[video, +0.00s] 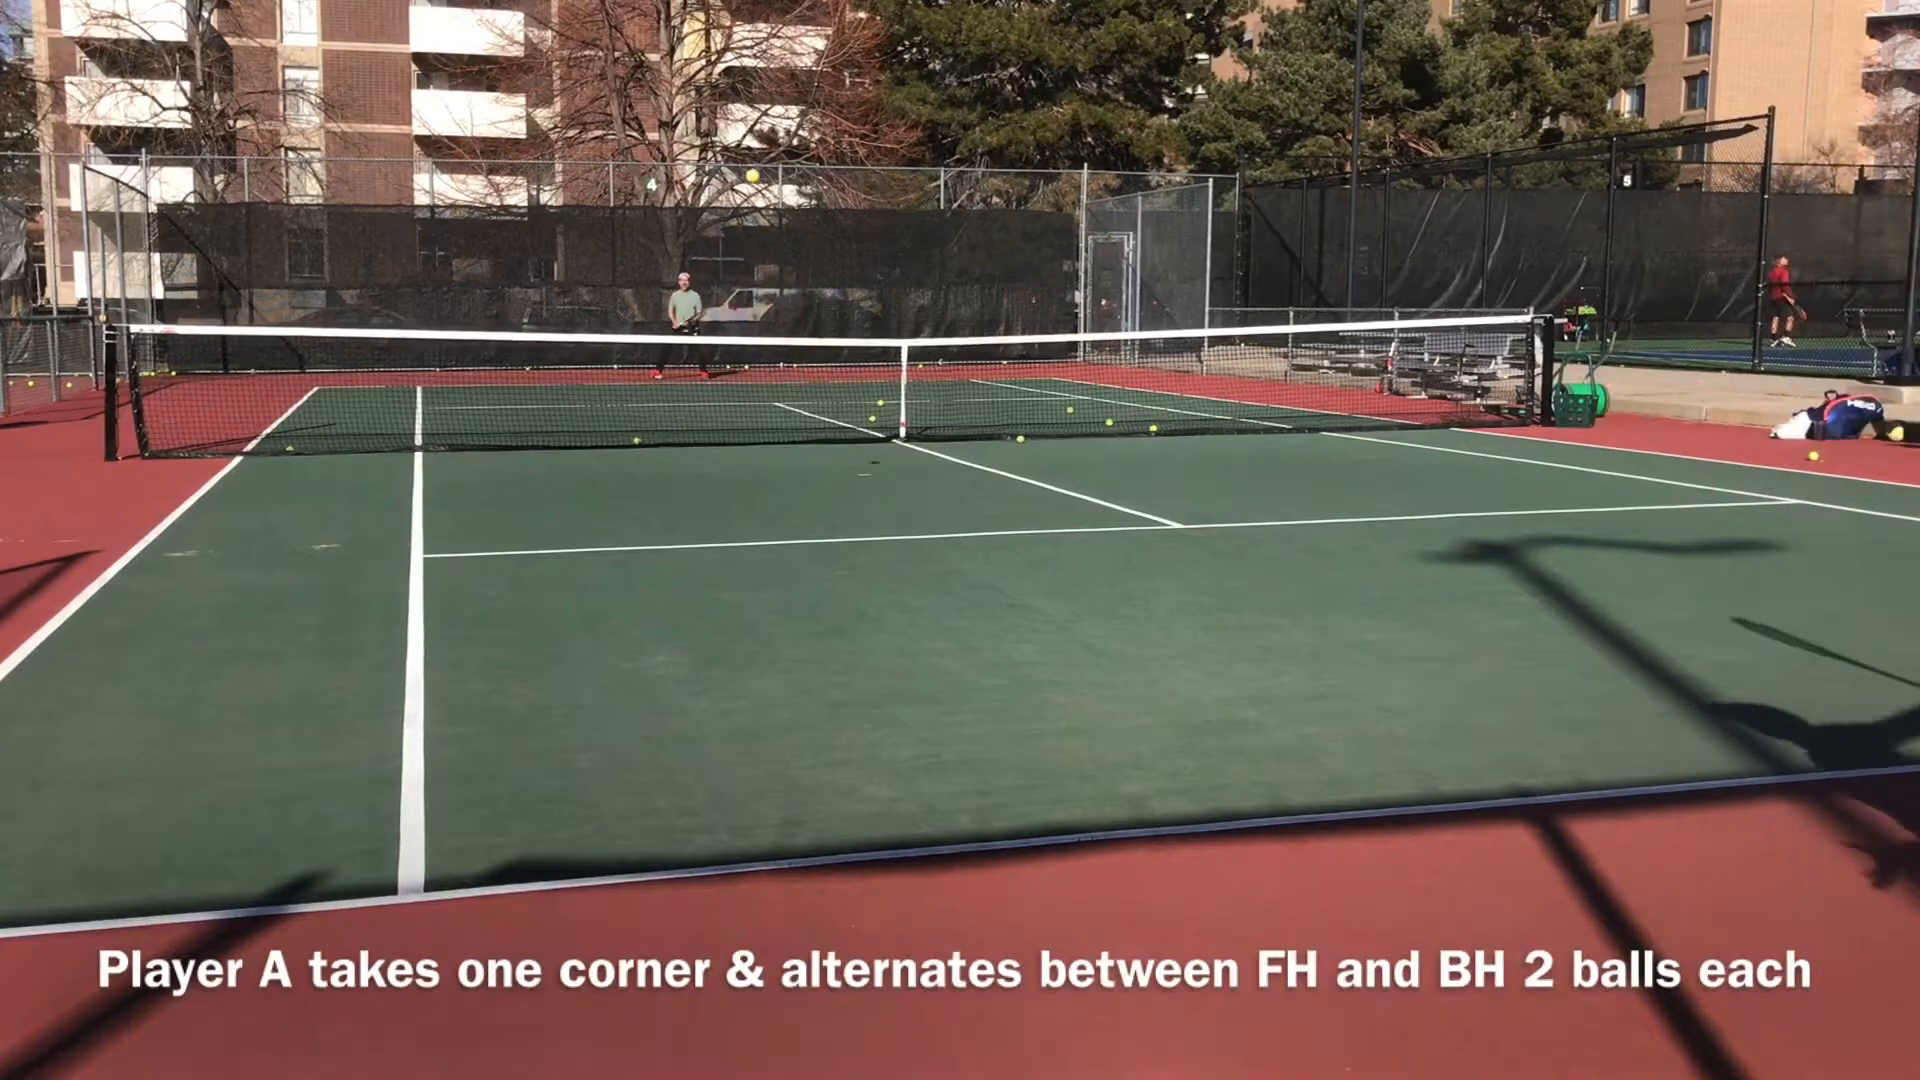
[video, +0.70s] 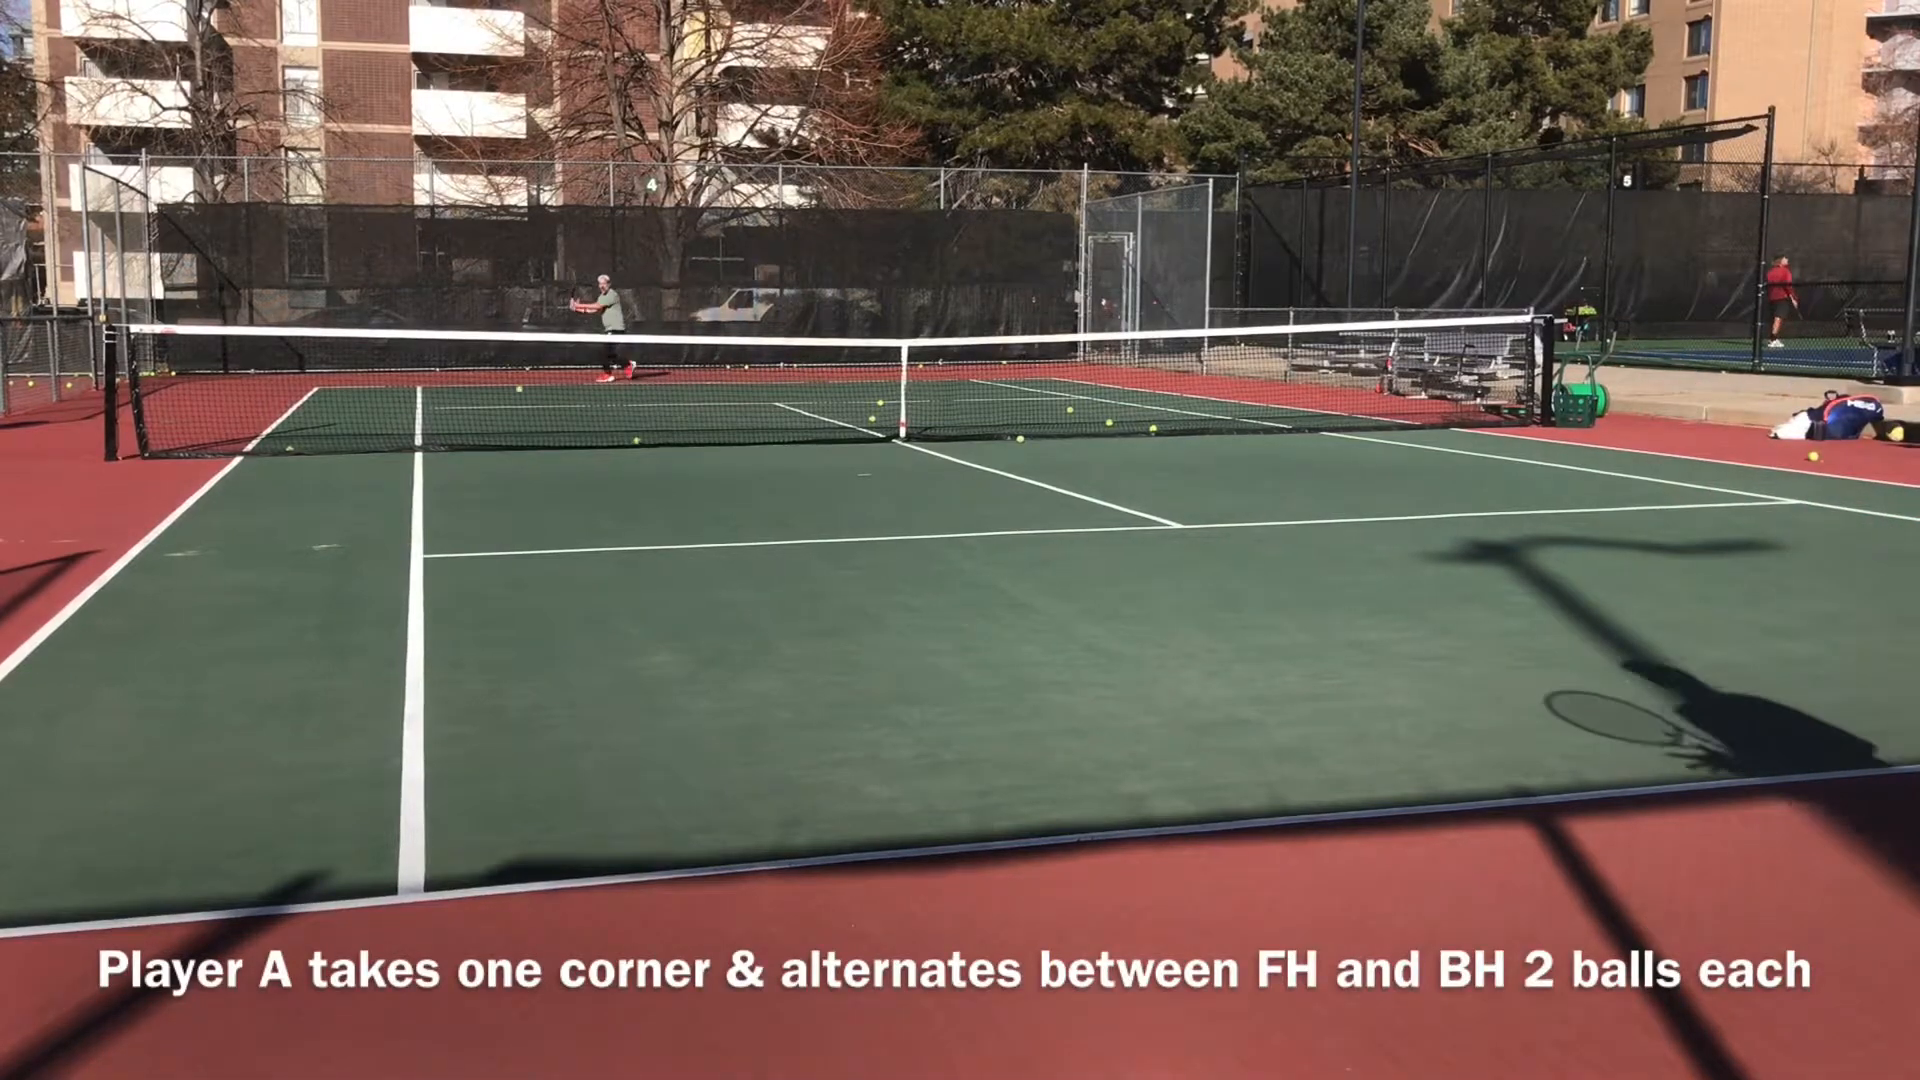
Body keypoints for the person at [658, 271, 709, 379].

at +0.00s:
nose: (684, 283)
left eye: (686, 280)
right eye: (682, 280)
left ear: (689, 282)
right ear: (679, 282)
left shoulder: (695, 295)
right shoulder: (675, 295)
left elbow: (699, 311)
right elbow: (670, 310)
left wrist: (692, 320)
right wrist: (674, 321)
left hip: (692, 325)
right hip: (679, 325)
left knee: (697, 347)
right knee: (667, 346)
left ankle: (703, 370)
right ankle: (659, 369)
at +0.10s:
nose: (671, 283)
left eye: (673, 281)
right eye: (669, 281)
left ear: (676, 282)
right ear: (666, 282)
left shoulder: (682, 296)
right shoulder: (662, 295)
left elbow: (685, 312)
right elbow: (660, 310)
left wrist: (673, 321)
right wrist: (662, 322)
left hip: (679, 326)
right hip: (666, 326)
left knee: (688, 348)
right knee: (657, 347)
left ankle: (701, 369)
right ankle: (653, 370)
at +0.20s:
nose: (659, 282)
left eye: (661, 280)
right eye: (656, 280)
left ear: (664, 281)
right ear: (653, 282)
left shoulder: (669, 294)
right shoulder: (651, 294)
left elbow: (670, 311)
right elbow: (649, 310)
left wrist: (660, 322)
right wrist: (652, 320)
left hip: (667, 326)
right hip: (653, 326)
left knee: (672, 348)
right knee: (650, 349)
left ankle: (681, 368)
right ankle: (653, 370)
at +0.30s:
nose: (647, 282)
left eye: (649, 280)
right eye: (645, 280)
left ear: (653, 281)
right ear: (642, 282)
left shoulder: (657, 294)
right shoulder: (641, 294)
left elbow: (654, 312)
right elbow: (640, 307)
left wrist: (645, 316)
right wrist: (638, 315)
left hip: (658, 326)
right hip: (646, 326)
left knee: (657, 349)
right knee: (643, 348)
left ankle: (667, 370)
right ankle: (646, 369)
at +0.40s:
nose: (635, 284)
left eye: (637, 282)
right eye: (633, 282)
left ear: (641, 283)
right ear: (630, 284)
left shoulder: (645, 295)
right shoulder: (632, 296)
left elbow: (638, 312)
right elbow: (630, 311)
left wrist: (623, 313)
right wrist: (621, 314)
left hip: (648, 328)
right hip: (638, 328)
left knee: (644, 351)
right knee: (636, 351)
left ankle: (662, 366)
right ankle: (639, 371)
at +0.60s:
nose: (612, 285)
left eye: (614, 283)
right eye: (610, 283)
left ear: (619, 283)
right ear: (609, 284)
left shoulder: (623, 294)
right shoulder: (611, 296)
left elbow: (610, 307)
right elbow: (604, 310)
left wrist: (592, 305)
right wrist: (591, 308)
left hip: (628, 327)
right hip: (620, 328)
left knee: (616, 349)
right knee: (624, 352)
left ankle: (616, 372)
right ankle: (638, 370)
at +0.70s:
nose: (602, 286)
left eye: (604, 284)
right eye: (600, 284)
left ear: (609, 284)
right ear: (598, 285)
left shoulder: (612, 295)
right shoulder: (602, 297)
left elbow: (597, 306)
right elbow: (594, 310)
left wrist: (579, 305)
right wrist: (577, 308)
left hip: (616, 329)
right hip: (609, 329)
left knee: (609, 351)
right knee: (606, 351)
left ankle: (628, 365)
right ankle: (607, 373)